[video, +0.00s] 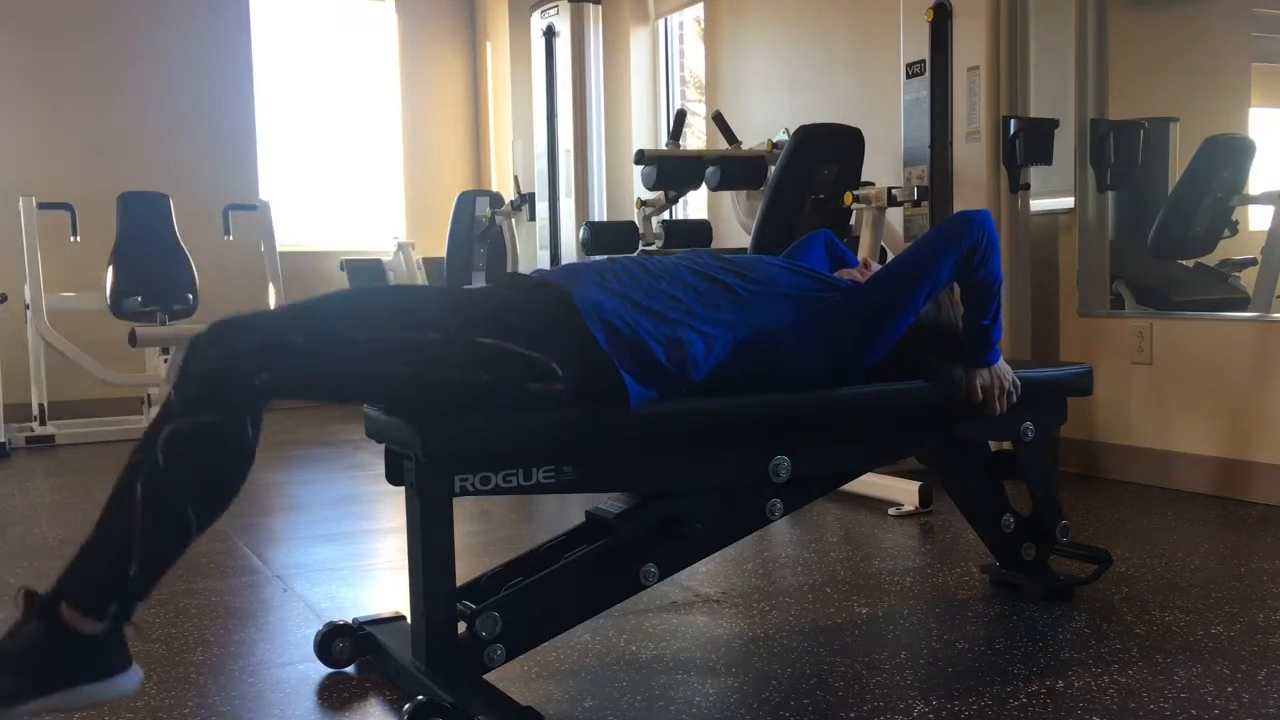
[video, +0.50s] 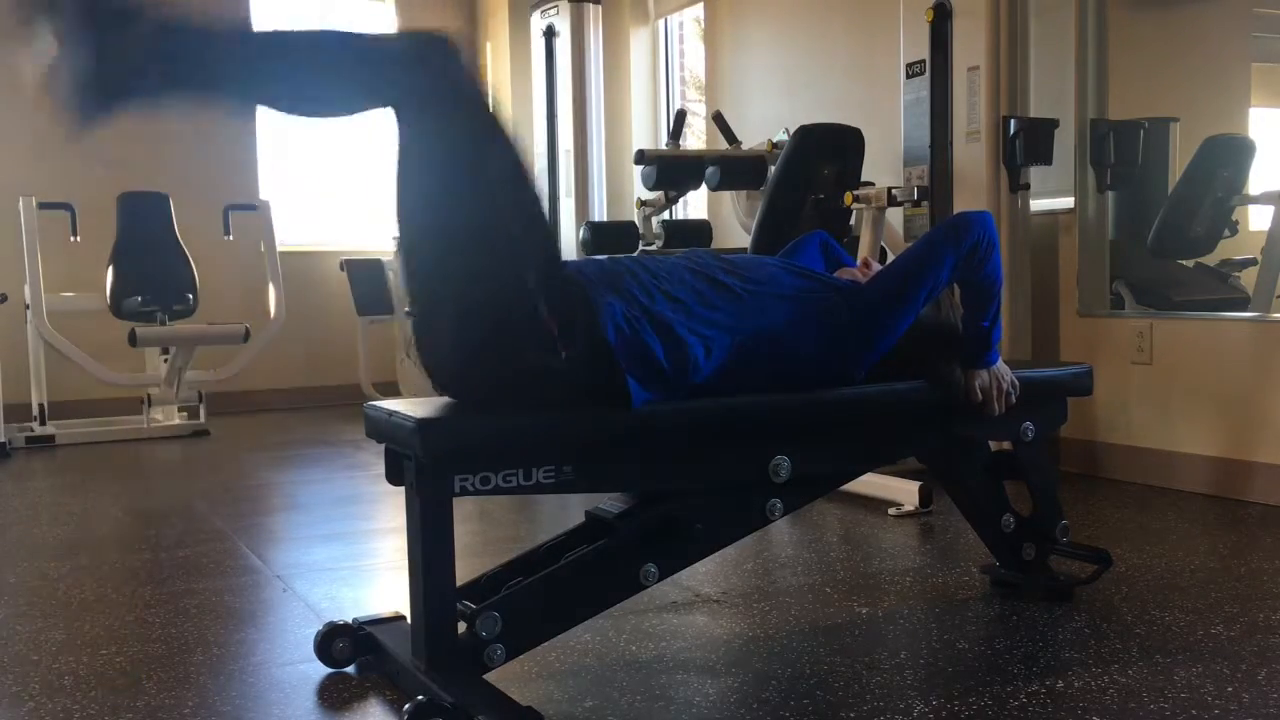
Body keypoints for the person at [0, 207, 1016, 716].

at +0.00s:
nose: (862, 242)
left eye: (872, 246)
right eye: (864, 236)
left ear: (878, 287)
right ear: (831, 259)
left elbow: (973, 226)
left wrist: (973, 352)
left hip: (554, 337)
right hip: (511, 307)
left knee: (228, 356)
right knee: (226, 353)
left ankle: (82, 623)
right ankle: (81, 617)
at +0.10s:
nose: (868, 241)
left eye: (887, 243)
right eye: (864, 229)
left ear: (883, 272)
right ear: (835, 240)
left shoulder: (857, 314)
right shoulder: (774, 279)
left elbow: (971, 229)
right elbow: (815, 164)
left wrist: (961, 351)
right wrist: (871, 239)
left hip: (561, 339)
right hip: (518, 294)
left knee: (232, 315)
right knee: (276, 290)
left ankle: (83, 574)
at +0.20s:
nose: (855, 240)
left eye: (866, 246)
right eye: (852, 238)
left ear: (880, 291)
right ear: (828, 267)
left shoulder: (855, 324)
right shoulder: (761, 272)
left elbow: (978, 226)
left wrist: (977, 353)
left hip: (550, 332)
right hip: (516, 298)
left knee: (244, 248)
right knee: (260, 233)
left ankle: (66, 476)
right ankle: (186, 286)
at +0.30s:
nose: (863, 236)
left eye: (879, 243)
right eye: (861, 230)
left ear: (888, 293)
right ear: (837, 254)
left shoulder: (849, 322)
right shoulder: (776, 277)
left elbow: (977, 225)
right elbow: (818, 157)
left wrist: (961, 350)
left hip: (536, 342)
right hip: (508, 305)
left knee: (267, 186)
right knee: (277, 179)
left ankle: (50, 340)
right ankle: (171, 269)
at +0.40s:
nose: (871, 249)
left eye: (888, 256)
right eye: (873, 241)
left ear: (892, 292)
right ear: (849, 258)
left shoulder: (854, 325)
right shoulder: (779, 286)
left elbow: (974, 226)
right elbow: (813, 171)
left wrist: (966, 339)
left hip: (553, 358)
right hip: (537, 309)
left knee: (338, 123)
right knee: (336, 114)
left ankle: (67, 194)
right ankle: (100, 199)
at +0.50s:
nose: (863, 244)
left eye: (881, 249)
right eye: (859, 237)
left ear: (890, 294)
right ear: (837, 254)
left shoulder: (853, 330)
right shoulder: (788, 285)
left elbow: (978, 230)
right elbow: (812, 180)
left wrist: (963, 338)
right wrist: (858, 241)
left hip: (538, 355)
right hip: (525, 327)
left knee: (429, 70)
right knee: (428, 70)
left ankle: (137, 57)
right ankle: (146, 46)